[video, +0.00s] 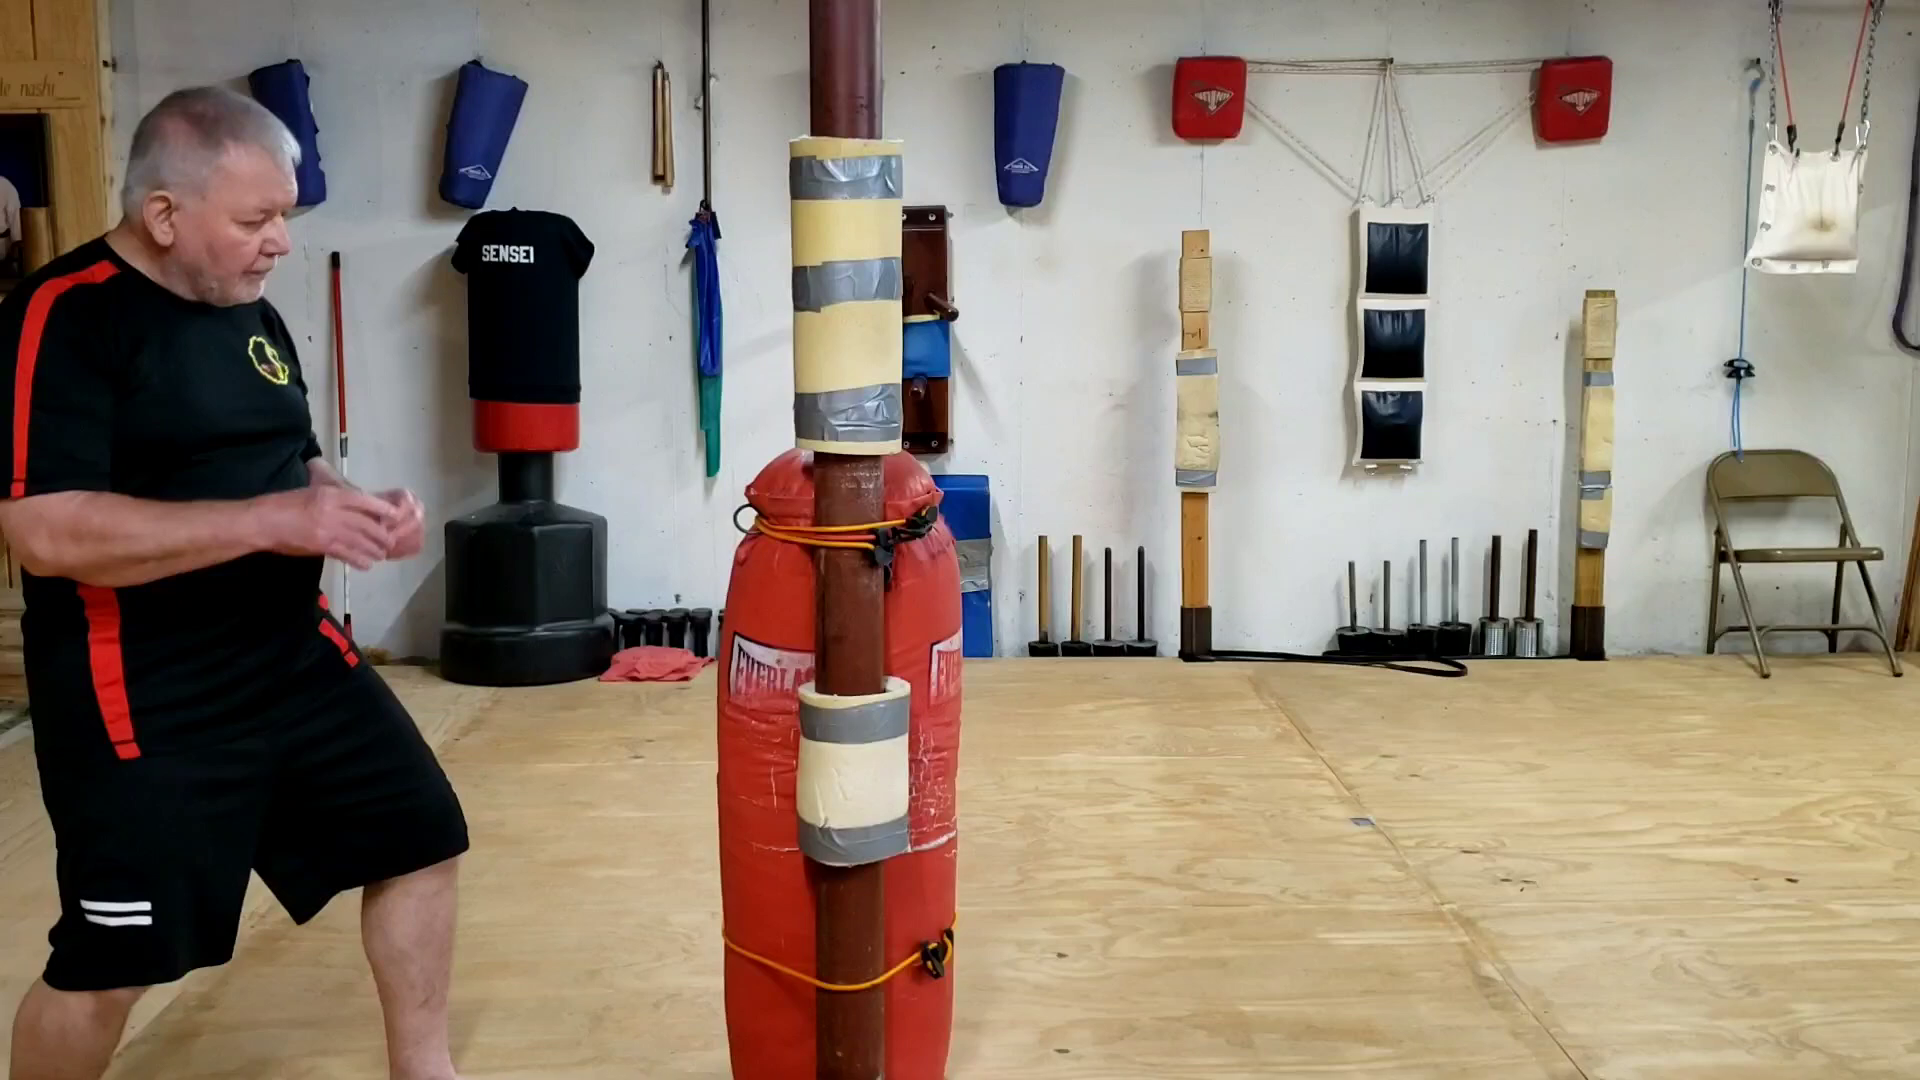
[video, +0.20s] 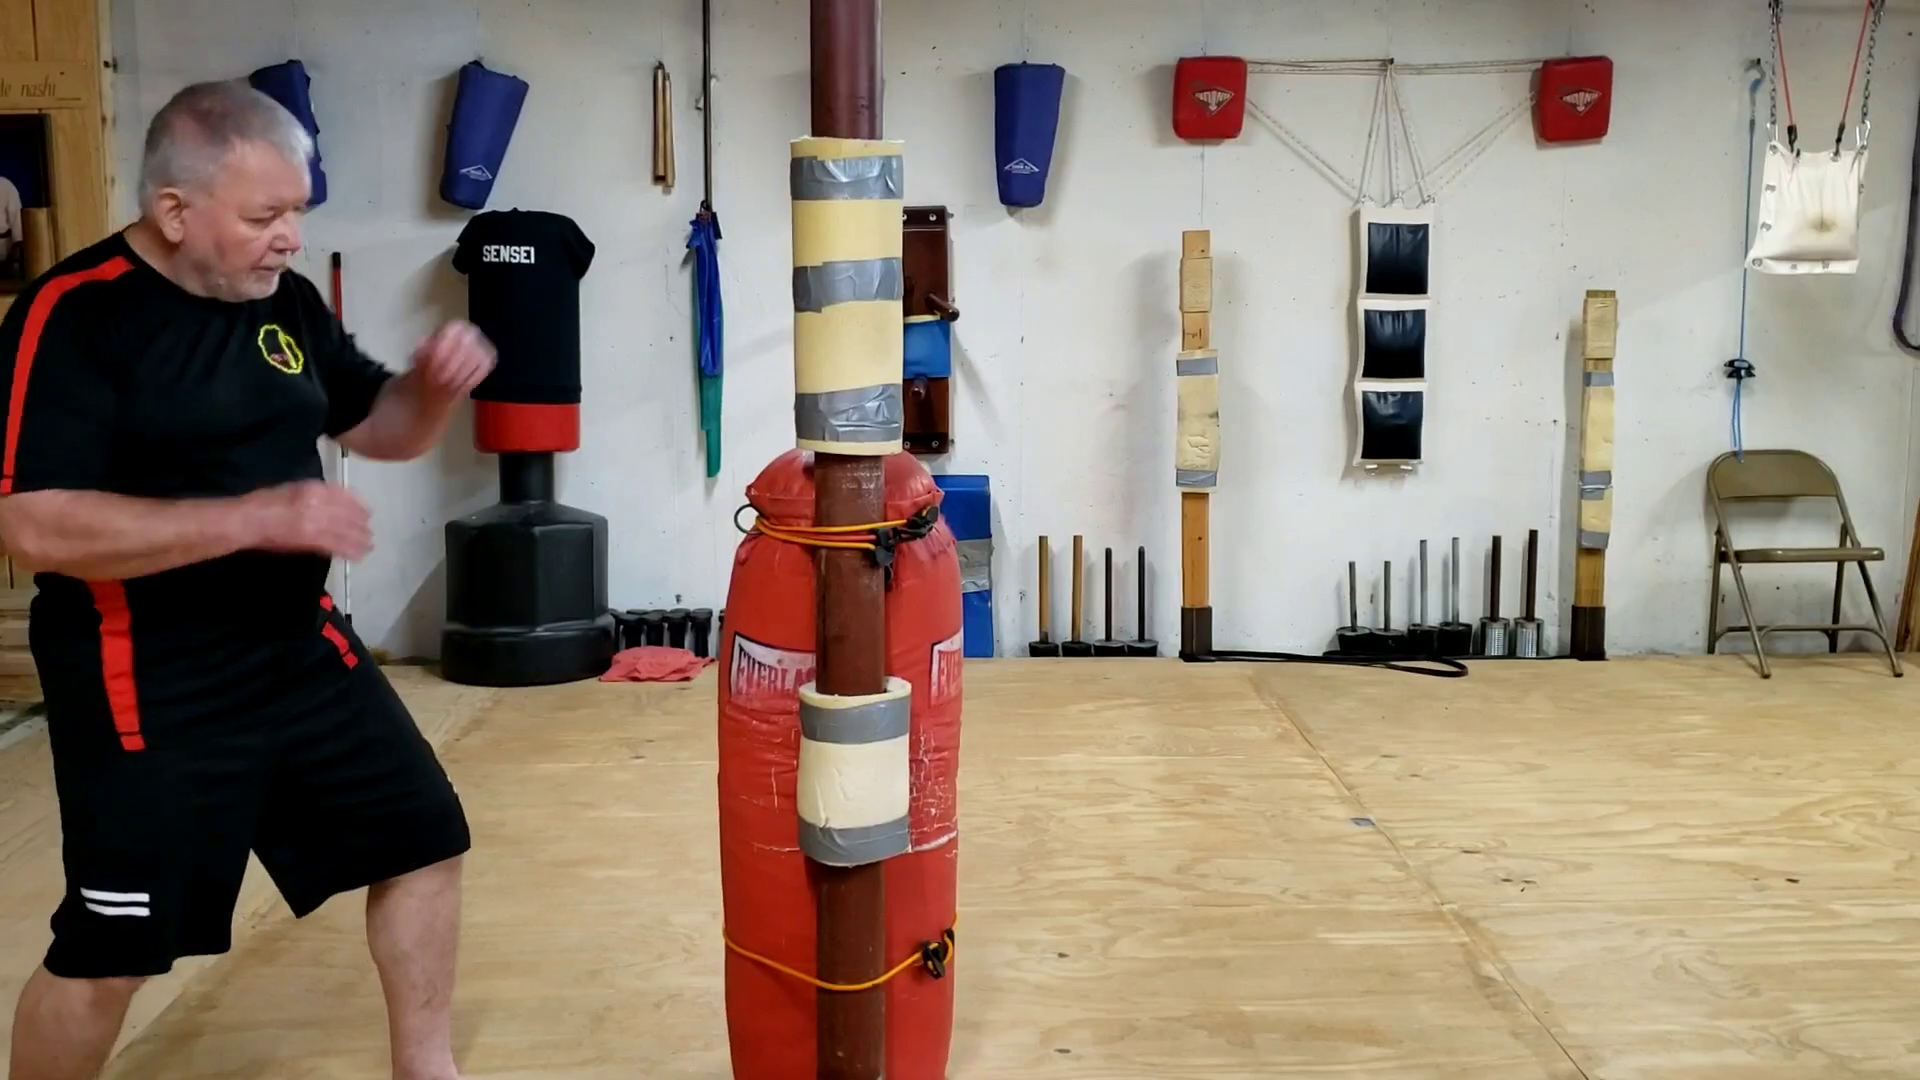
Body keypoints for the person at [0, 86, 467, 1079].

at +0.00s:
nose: (280, 243)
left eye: (286, 217)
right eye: (258, 220)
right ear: (164, 215)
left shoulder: (248, 313)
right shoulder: (59, 314)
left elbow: (288, 466)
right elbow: (40, 530)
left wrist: (351, 508)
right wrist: (273, 522)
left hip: (289, 665)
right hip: (134, 704)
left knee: (418, 839)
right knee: (114, 945)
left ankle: (424, 1070)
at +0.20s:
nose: (289, 238)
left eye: (296, 212)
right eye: (265, 216)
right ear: (174, 210)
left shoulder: (282, 301)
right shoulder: (68, 312)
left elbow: (384, 433)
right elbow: (33, 525)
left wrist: (432, 387)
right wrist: (258, 515)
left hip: (296, 655)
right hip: (139, 689)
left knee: (424, 841)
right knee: (110, 941)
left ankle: (425, 1066)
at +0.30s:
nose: (329, 244)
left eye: (334, 219)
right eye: (309, 218)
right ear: (217, 209)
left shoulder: (301, 310)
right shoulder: (98, 309)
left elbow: (412, 408)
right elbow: (32, 511)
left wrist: (496, 365)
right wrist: (241, 544)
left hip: (297, 671)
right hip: (152, 701)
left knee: (424, 834)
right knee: (118, 941)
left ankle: (426, 1067)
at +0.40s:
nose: (365, 256)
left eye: (371, 232)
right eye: (349, 231)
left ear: (281, 219)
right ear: (263, 213)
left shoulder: (307, 314)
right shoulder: (142, 296)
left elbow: (335, 487)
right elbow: (187, 476)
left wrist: (412, 464)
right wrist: (370, 389)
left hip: (303, 657)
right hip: (159, 689)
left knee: (435, 826)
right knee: (110, 939)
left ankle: (424, 1064)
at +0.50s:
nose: (403, 257)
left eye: (409, 235)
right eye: (386, 233)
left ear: (318, 219)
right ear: (304, 216)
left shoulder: (323, 317)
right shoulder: (213, 274)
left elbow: (292, 489)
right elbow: (409, 360)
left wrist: (388, 577)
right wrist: (594, 298)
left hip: (330, 661)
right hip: (193, 681)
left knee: (459, 835)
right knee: (118, 936)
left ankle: (427, 1071)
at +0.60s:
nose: (442, 238)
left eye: (448, 218)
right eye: (433, 212)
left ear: (350, 195)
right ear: (353, 189)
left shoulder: (343, 300)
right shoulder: (254, 253)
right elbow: (394, 374)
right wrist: (567, 304)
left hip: (383, 645)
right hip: (265, 658)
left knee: (471, 839)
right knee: (217, 915)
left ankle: (429, 1068)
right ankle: (75, 1073)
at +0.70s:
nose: (442, 221)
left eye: (450, 200)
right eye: (437, 189)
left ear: (358, 169)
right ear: (362, 161)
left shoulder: (335, 268)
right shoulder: (276, 231)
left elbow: (333, 452)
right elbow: (310, 388)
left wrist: (452, 524)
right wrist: (522, 414)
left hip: (383, 589)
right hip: (318, 589)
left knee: (460, 817)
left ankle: (432, 1065)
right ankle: (183, 1013)